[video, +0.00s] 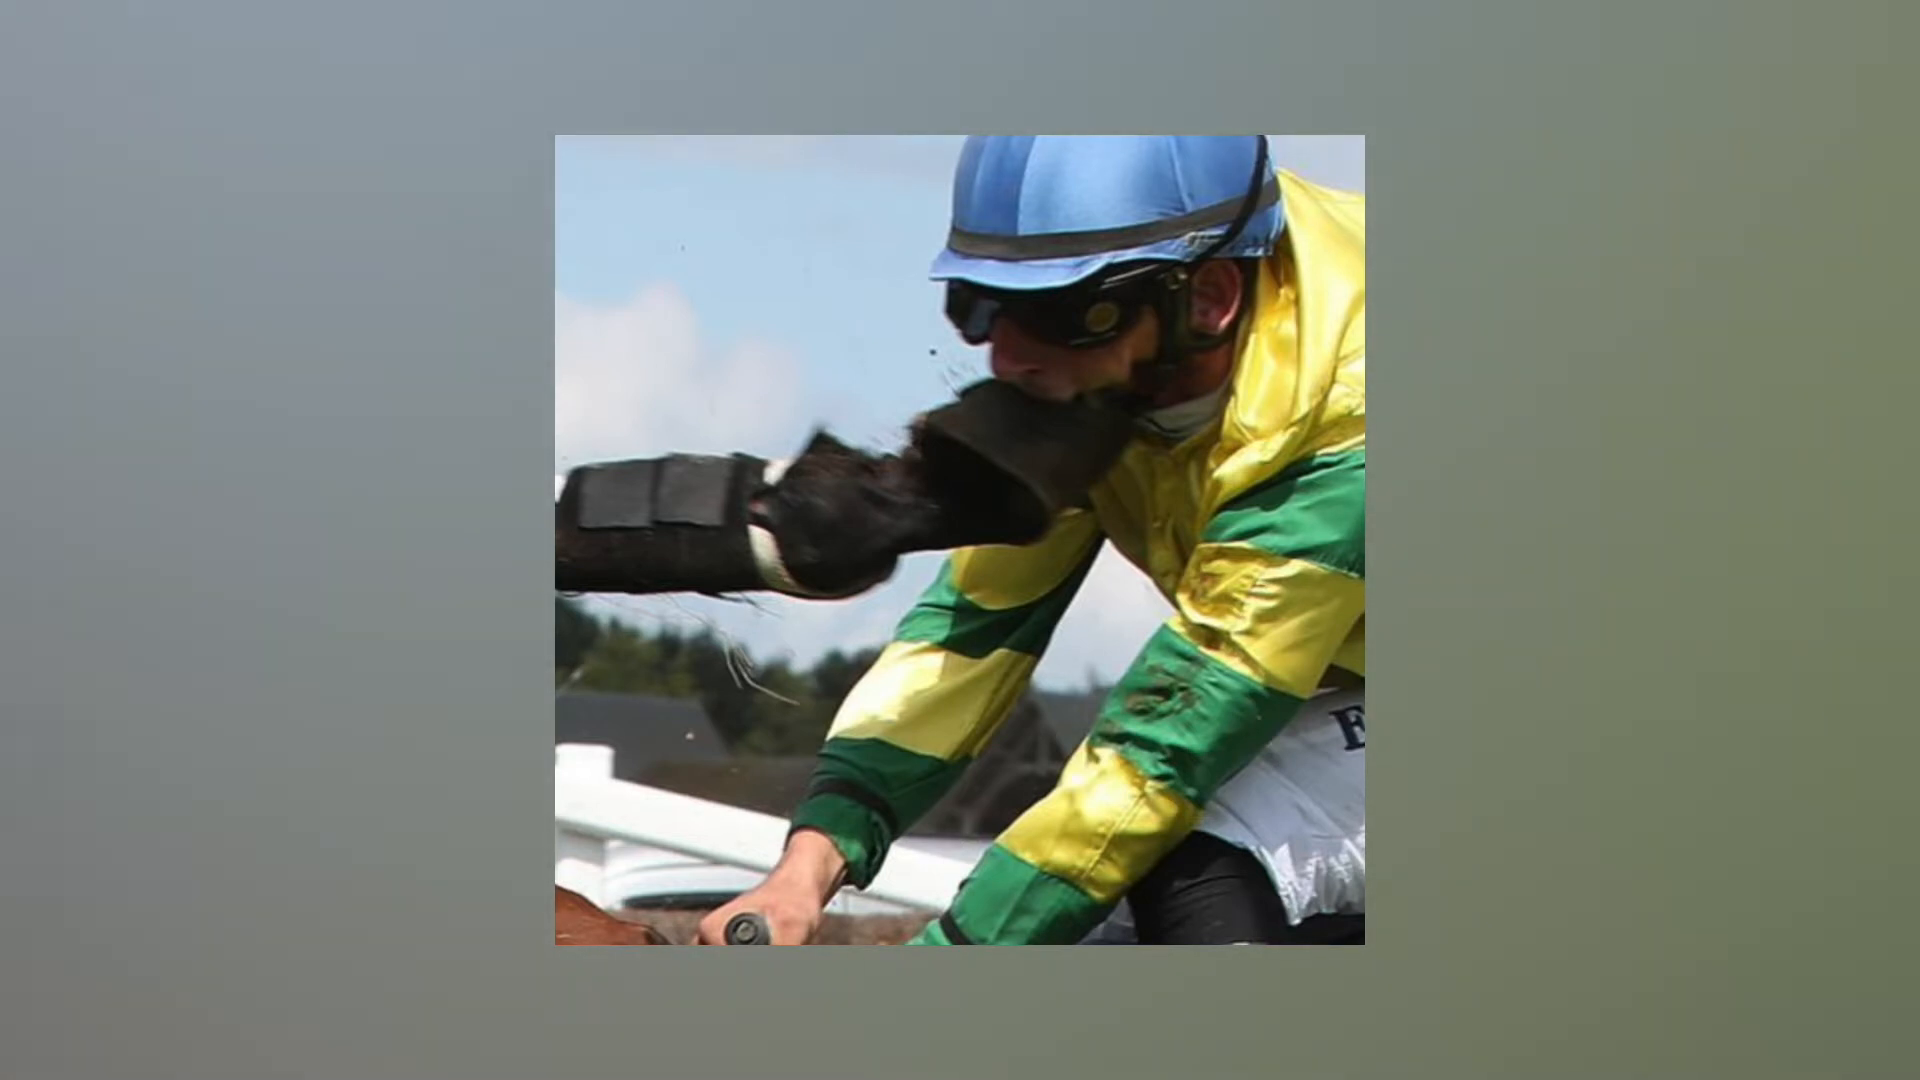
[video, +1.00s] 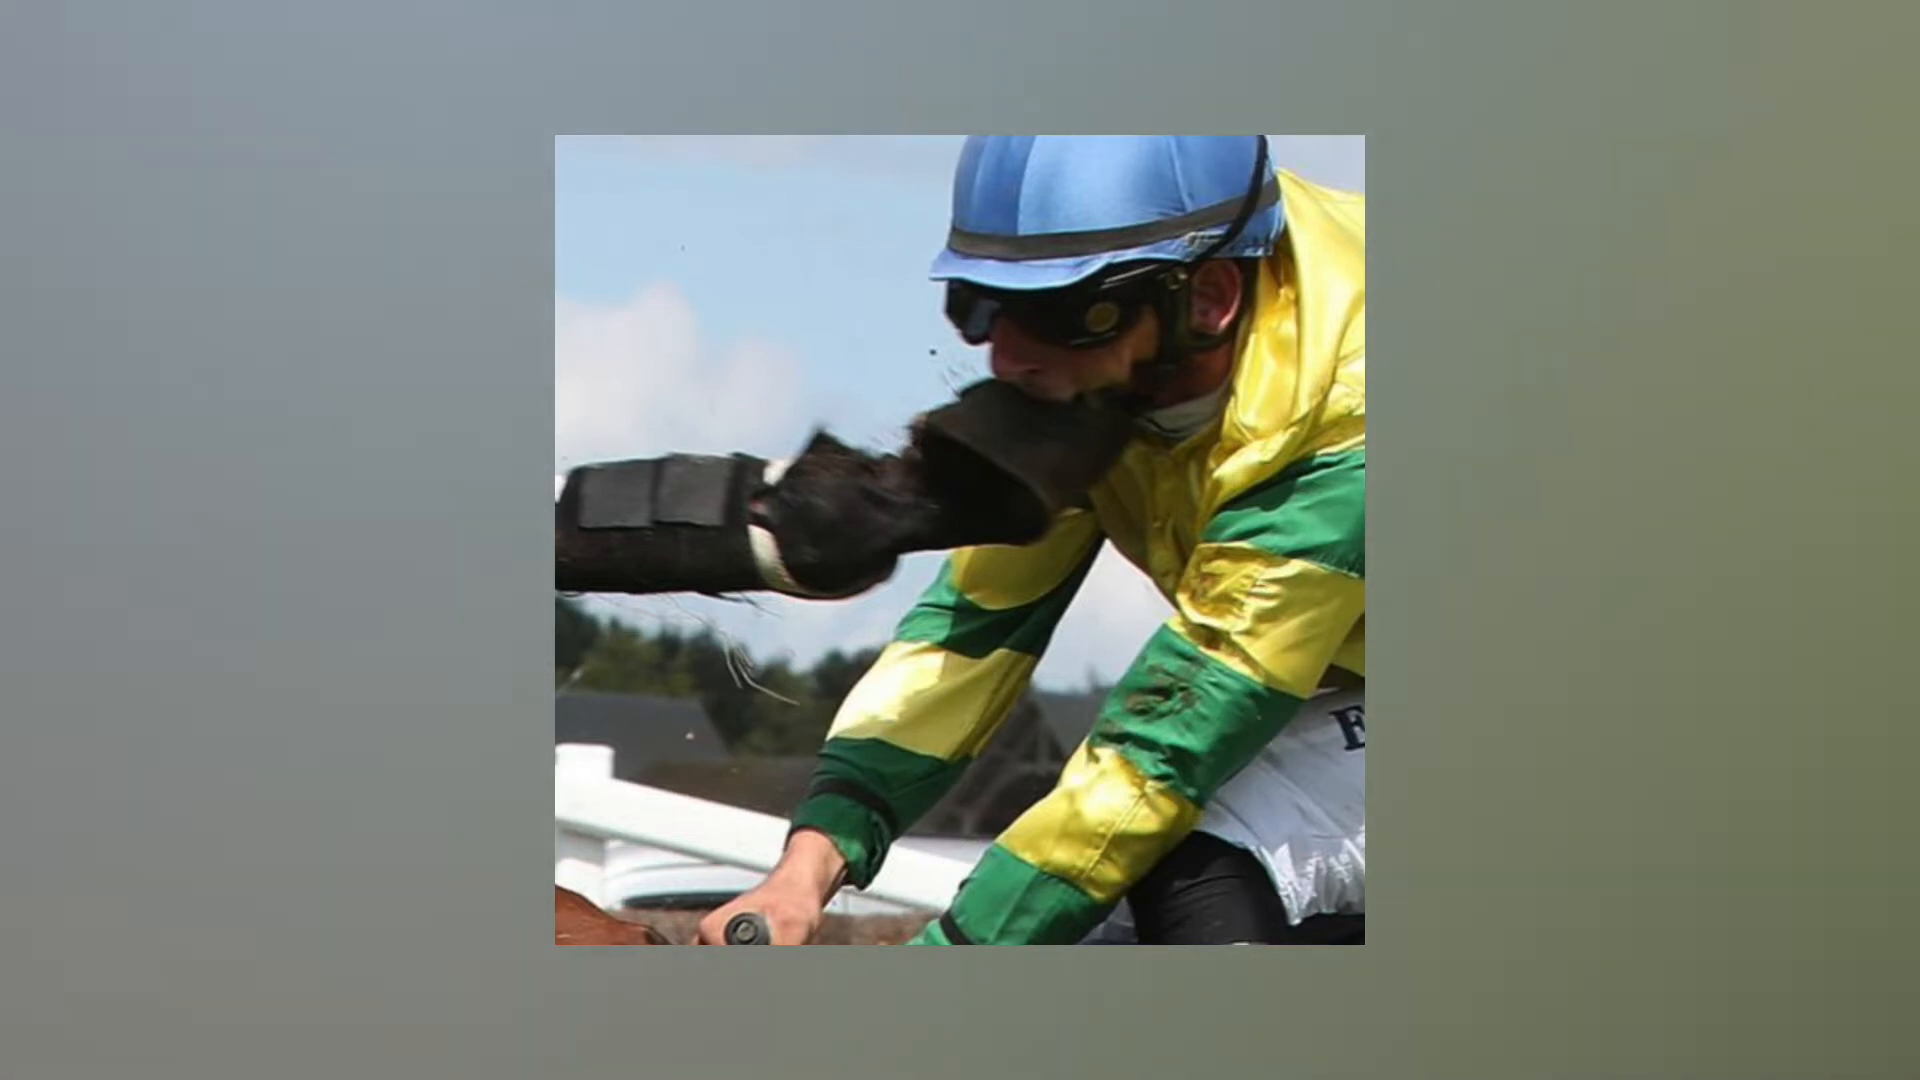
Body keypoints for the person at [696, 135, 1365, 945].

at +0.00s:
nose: (1005, 358)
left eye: (1056, 319)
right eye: (989, 309)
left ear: (1210, 298)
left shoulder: (1341, 429)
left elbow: (1160, 752)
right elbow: (969, 623)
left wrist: (933, 965)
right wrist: (805, 871)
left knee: (1205, 865)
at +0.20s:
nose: (1005, 359)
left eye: (1057, 319)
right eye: (989, 309)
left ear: (1210, 298)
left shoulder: (1341, 429)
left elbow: (1160, 751)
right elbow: (969, 623)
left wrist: (934, 964)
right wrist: (805, 871)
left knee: (1205, 864)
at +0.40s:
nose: (1005, 359)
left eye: (1057, 319)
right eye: (989, 310)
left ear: (1210, 298)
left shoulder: (1342, 428)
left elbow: (1160, 751)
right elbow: (969, 623)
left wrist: (933, 966)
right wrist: (805, 870)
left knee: (1205, 865)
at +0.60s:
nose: (1005, 358)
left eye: (1056, 319)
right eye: (989, 309)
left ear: (1210, 298)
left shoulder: (1341, 429)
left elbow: (1160, 752)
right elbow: (969, 623)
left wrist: (932, 966)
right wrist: (805, 871)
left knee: (1204, 864)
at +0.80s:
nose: (1005, 359)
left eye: (1056, 319)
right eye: (989, 310)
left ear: (1210, 298)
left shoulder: (1341, 429)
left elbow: (1161, 751)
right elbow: (969, 623)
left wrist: (933, 965)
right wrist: (805, 871)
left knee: (1204, 864)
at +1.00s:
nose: (1005, 358)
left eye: (1056, 319)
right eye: (989, 309)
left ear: (1210, 298)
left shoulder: (1342, 429)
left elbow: (1160, 752)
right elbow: (969, 623)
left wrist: (933, 965)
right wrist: (805, 871)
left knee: (1204, 864)